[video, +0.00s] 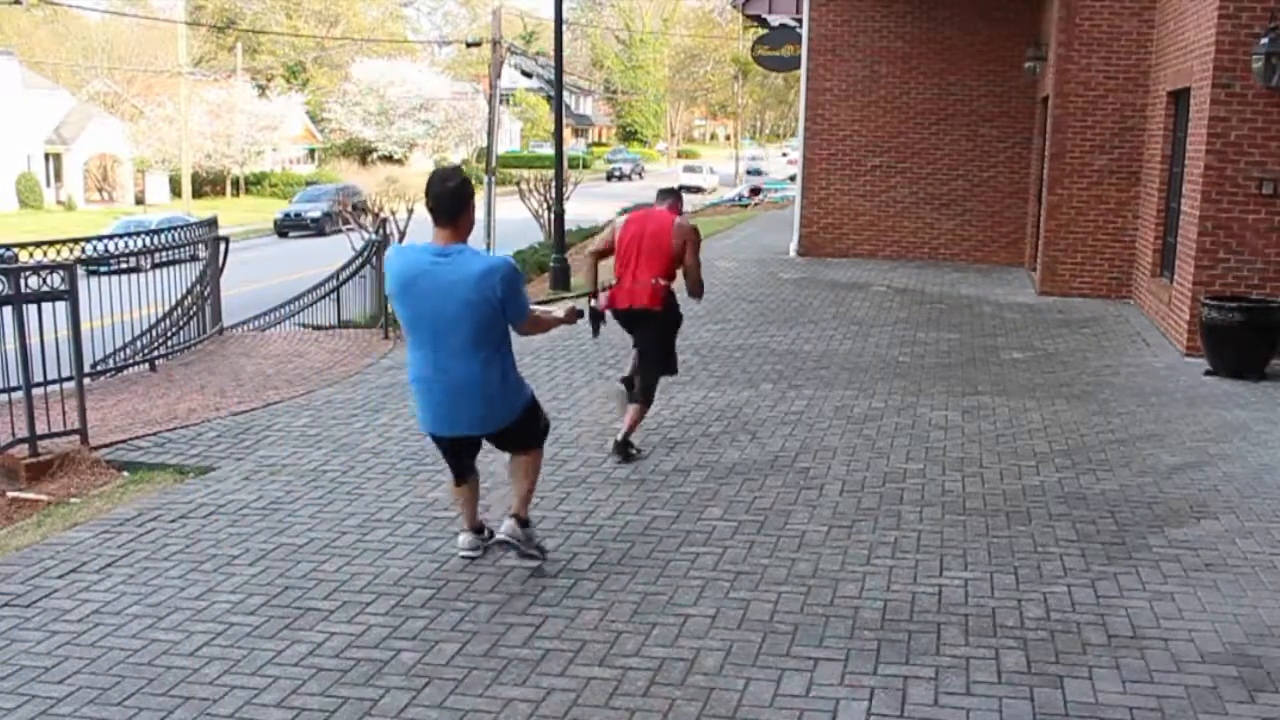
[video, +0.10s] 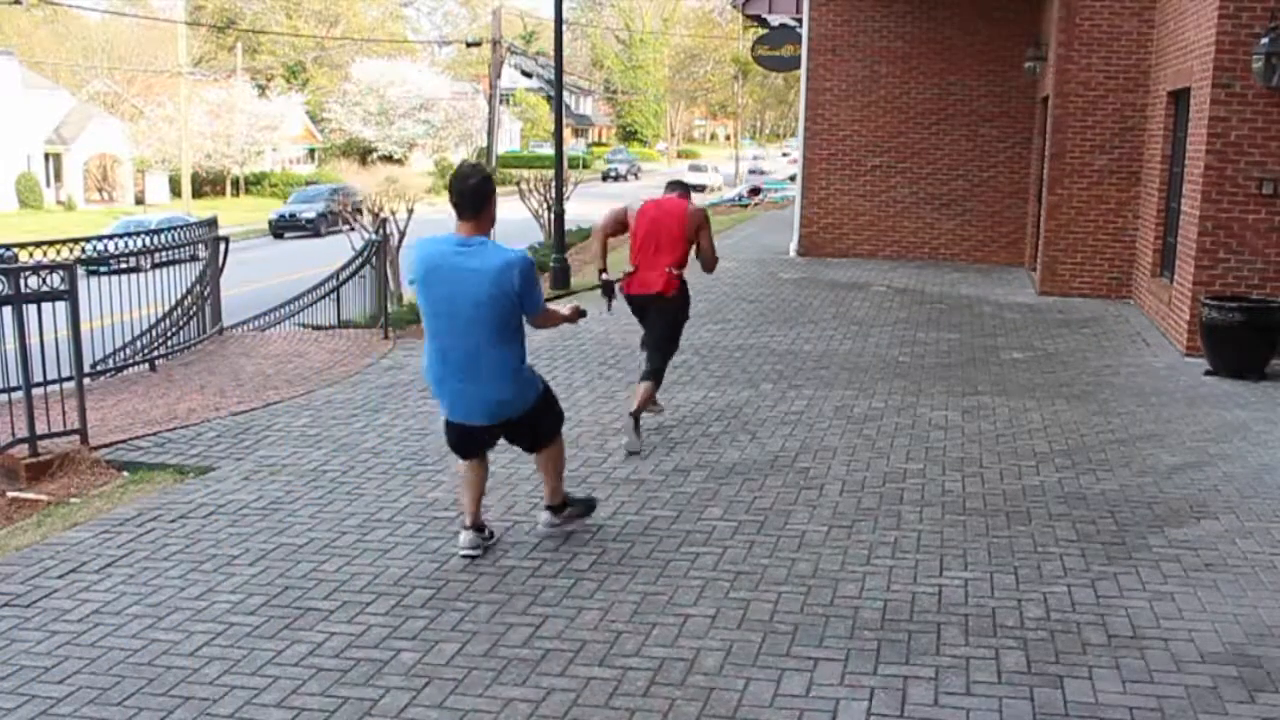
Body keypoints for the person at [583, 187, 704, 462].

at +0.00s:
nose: (680, 214)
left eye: (679, 210)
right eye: (681, 210)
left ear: (655, 204)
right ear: (678, 207)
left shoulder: (626, 221)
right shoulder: (685, 229)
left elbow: (593, 252)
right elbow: (695, 290)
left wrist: (593, 296)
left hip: (621, 304)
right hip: (655, 306)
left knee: (644, 338)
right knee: (647, 381)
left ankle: (631, 378)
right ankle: (623, 438)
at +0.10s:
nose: (689, 204)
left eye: (686, 200)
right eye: (689, 200)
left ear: (664, 195)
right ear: (687, 197)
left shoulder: (638, 210)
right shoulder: (695, 213)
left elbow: (601, 230)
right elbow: (709, 264)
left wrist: (602, 271)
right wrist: (699, 238)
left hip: (634, 290)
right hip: (669, 292)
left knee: (654, 338)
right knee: (657, 358)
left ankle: (648, 396)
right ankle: (635, 412)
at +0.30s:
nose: (699, 203)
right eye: (701, 199)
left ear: (677, 195)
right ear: (701, 198)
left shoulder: (654, 214)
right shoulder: (712, 215)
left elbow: (645, 252)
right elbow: (722, 234)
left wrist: (648, 269)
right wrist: (712, 269)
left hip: (656, 284)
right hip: (692, 284)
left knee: (649, 350)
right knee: (690, 325)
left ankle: (640, 409)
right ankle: (683, 356)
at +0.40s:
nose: (713, 198)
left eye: (709, 194)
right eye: (714, 194)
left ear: (690, 190)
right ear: (712, 192)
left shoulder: (666, 205)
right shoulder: (721, 205)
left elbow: (649, 252)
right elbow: (732, 228)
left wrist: (669, 254)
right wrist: (728, 267)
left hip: (667, 279)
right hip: (702, 278)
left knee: (663, 335)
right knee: (706, 329)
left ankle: (650, 382)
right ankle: (687, 377)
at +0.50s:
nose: (722, 200)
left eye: (720, 197)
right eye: (723, 196)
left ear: (700, 191)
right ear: (720, 194)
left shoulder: (676, 206)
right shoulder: (728, 211)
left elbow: (652, 242)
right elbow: (739, 257)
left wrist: (654, 267)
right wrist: (737, 278)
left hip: (673, 281)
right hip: (707, 283)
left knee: (685, 333)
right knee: (708, 339)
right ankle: (686, 387)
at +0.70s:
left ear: (711, 182)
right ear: (733, 185)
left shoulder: (692, 196)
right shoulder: (742, 200)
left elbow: (665, 221)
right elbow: (753, 241)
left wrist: (669, 259)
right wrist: (741, 262)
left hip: (692, 261)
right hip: (723, 262)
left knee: (699, 304)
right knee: (715, 317)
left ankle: (703, 359)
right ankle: (699, 351)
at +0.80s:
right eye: (735, 188)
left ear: (713, 185)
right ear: (735, 187)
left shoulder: (697, 202)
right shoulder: (744, 202)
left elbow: (685, 238)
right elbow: (757, 230)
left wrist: (692, 252)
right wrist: (754, 258)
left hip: (698, 265)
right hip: (729, 263)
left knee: (699, 319)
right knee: (729, 307)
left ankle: (701, 367)